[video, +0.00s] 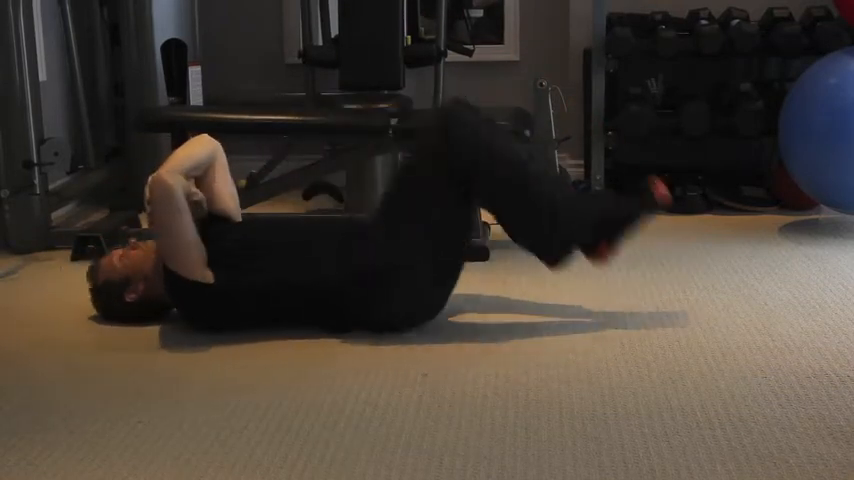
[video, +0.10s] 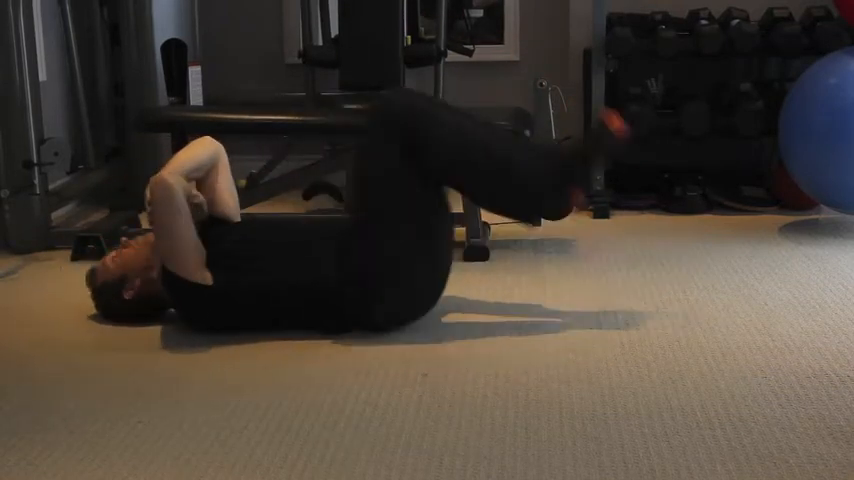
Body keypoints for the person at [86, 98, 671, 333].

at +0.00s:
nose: (129, 250)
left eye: (118, 252)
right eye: (119, 265)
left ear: (148, 266)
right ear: (138, 295)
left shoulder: (216, 254)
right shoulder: (197, 291)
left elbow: (210, 150)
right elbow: (168, 178)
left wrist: (188, 226)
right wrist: (181, 194)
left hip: (397, 264)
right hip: (387, 287)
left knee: (463, 128)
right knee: (455, 129)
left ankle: (578, 224)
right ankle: (576, 227)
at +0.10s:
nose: (127, 246)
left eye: (115, 250)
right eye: (118, 260)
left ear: (142, 261)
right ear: (137, 288)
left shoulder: (212, 248)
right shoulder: (191, 293)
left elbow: (212, 153)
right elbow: (166, 182)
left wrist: (172, 227)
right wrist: (181, 223)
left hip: (392, 271)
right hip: (380, 291)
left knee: (402, 116)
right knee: (395, 117)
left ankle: (549, 179)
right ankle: (546, 188)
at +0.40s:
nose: (123, 236)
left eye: (112, 244)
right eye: (114, 251)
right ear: (135, 284)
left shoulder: (213, 272)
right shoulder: (198, 293)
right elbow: (191, 172)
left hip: (392, 243)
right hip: (369, 253)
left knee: (252, 159)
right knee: (244, 150)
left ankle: (398, 88)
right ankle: (391, 100)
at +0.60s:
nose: (116, 244)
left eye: (106, 251)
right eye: (110, 257)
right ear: (134, 285)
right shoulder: (195, 292)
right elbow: (196, 166)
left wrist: (188, 171)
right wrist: (180, 177)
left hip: (388, 235)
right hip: (365, 248)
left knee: (240, 153)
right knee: (225, 149)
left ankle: (379, 75)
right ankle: (366, 75)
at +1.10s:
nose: (147, 253)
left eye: (138, 254)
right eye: (137, 263)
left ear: (158, 273)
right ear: (150, 295)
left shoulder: (223, 256)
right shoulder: (207, 294)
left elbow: (216, 148)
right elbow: (178, 173)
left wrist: (199, 228)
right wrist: (191, 215)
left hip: (411, 263)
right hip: (408, 286)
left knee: (462, 120)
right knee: (459, 125)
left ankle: (564, 232)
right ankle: (598, 226)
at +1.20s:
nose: (163, 259)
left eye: (154, 259)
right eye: (153, 269)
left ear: (172, 268)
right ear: (166, 300)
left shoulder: (235, 252)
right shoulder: (220, 295)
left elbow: (218, 149)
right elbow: (177, 181)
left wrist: (182, 181)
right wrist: (203, 201)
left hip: (422, 260)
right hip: (418, 286)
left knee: (503, 132)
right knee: (500, 140)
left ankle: (604, 257)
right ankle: (616, 261)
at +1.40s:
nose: (172, 256)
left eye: (164, 256)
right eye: (161, 266)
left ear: (183, 267)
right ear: (175, 298)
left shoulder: (244, 252)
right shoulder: (227, 294)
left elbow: (227, 148)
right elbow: (191, 180)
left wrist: (194, 204)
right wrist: (208, 214)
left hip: (432, 256)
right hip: (428, 285)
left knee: (523, 138)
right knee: (518, 145)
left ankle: (623, 266)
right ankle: (635, 270)